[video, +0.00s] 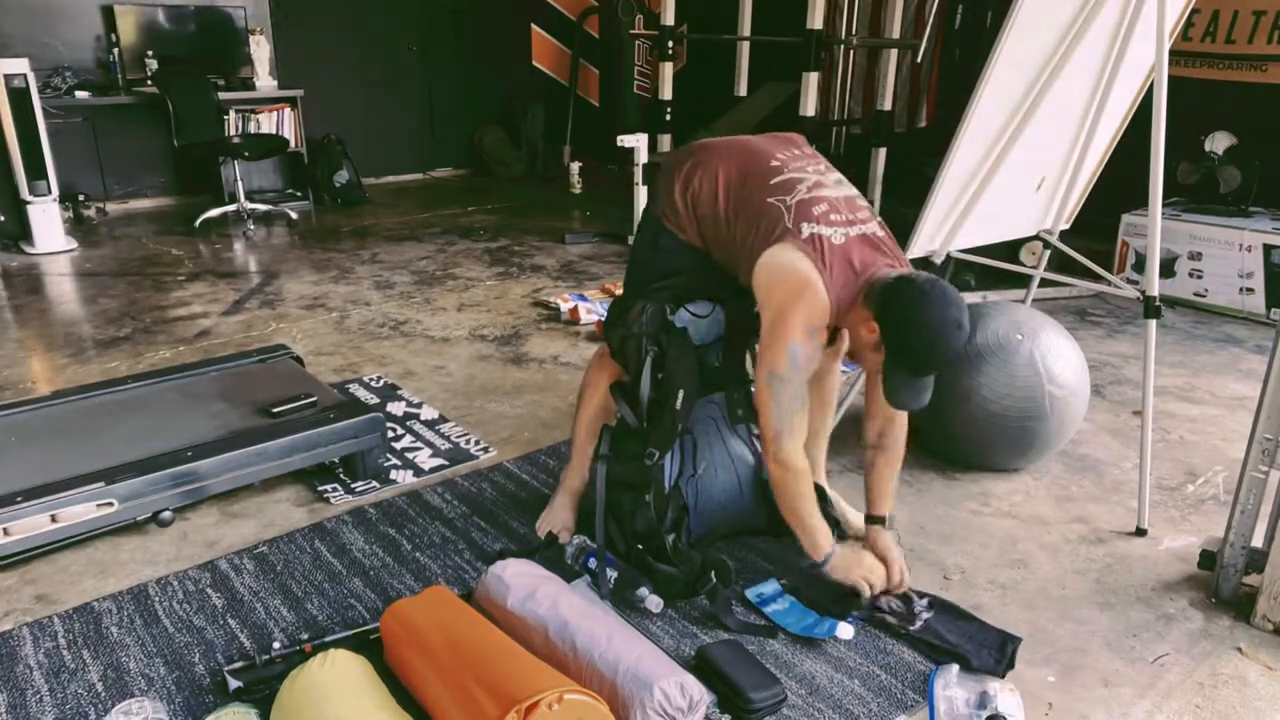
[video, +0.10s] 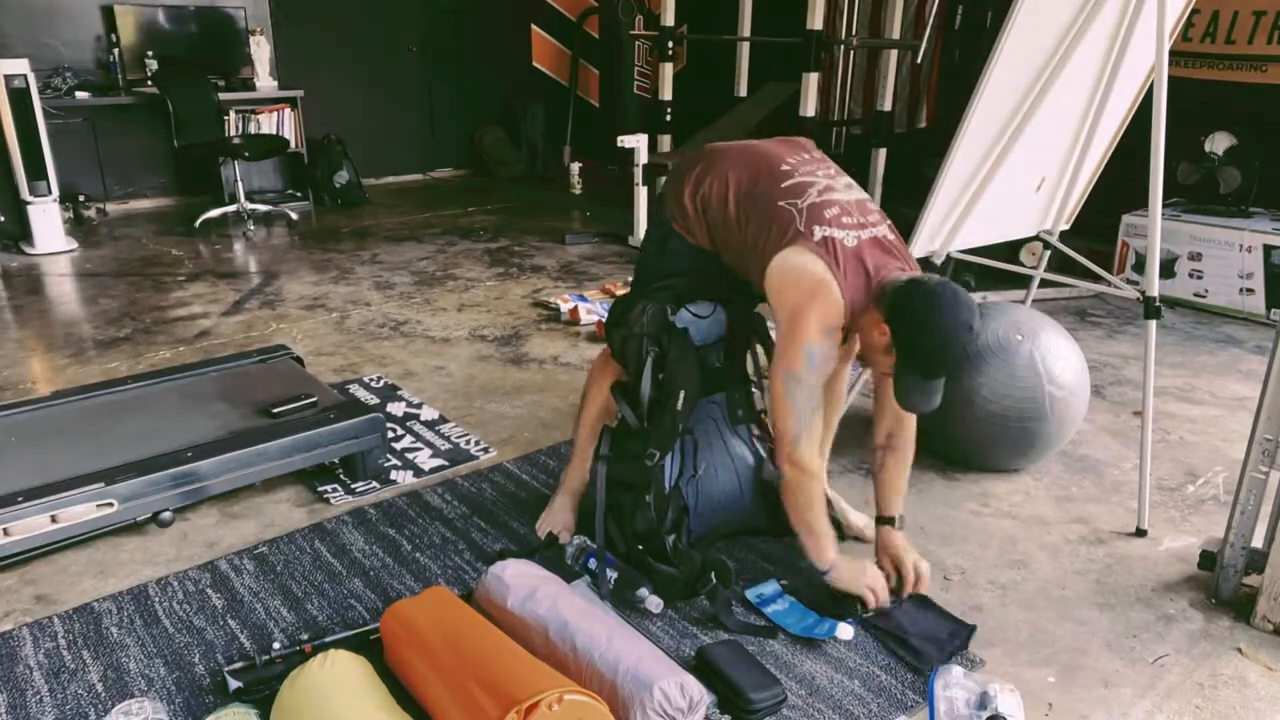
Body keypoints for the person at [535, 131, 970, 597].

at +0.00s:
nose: (881, 376)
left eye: (893, 375)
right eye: (883, 369)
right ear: (867, 327)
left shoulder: (904, 295)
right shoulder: (800, 294)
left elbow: (885, 419)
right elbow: (780, 451)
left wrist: (882, 527)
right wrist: (829, 553)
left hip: (784, 171)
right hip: (690, 187)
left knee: (833, 344)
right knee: (622, 350)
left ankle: (811, 483)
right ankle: (570, 488)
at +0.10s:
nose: (888, 379)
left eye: (901, 378)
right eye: (891, 370)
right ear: (878, 328)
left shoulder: (911, 298)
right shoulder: (815, 298)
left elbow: (895, 425)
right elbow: (792, 452)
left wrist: (892, 527)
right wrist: (831, 562)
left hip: (789, 173)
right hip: (698, 189)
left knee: (840, 351)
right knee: (627, 354)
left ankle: (811, 481)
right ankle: (570, 490)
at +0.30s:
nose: (872, 323)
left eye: (883, 321)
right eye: (876, 311)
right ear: (864, 273)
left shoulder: (888, 241)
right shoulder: (800, 244)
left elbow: (843, 342)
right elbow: (756, 374)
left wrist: (831, 439)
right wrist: (798, 452)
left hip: (751, 217)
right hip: (668, 193)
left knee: (798, 343)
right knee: (624, 348)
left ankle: (816, 501)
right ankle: (570, 489)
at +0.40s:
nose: (867, 312)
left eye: (875, 309)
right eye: (870, 303)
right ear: (857, 271)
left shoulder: (885, 235)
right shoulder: (789, 241)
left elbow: (842, 333)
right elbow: (754, 379)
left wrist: (813, 428)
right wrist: (782, 463)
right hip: (673, 190)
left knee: (806, 337)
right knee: (632, 356)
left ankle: (817, 484)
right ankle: (592, 491)